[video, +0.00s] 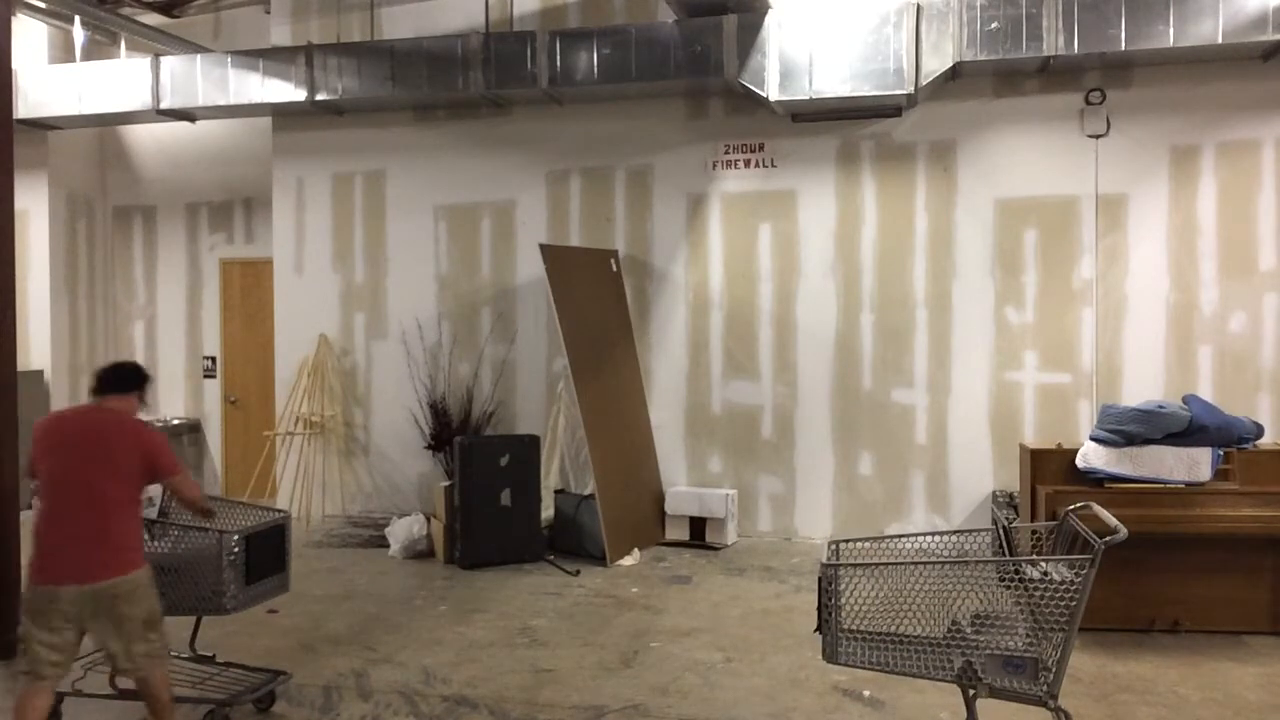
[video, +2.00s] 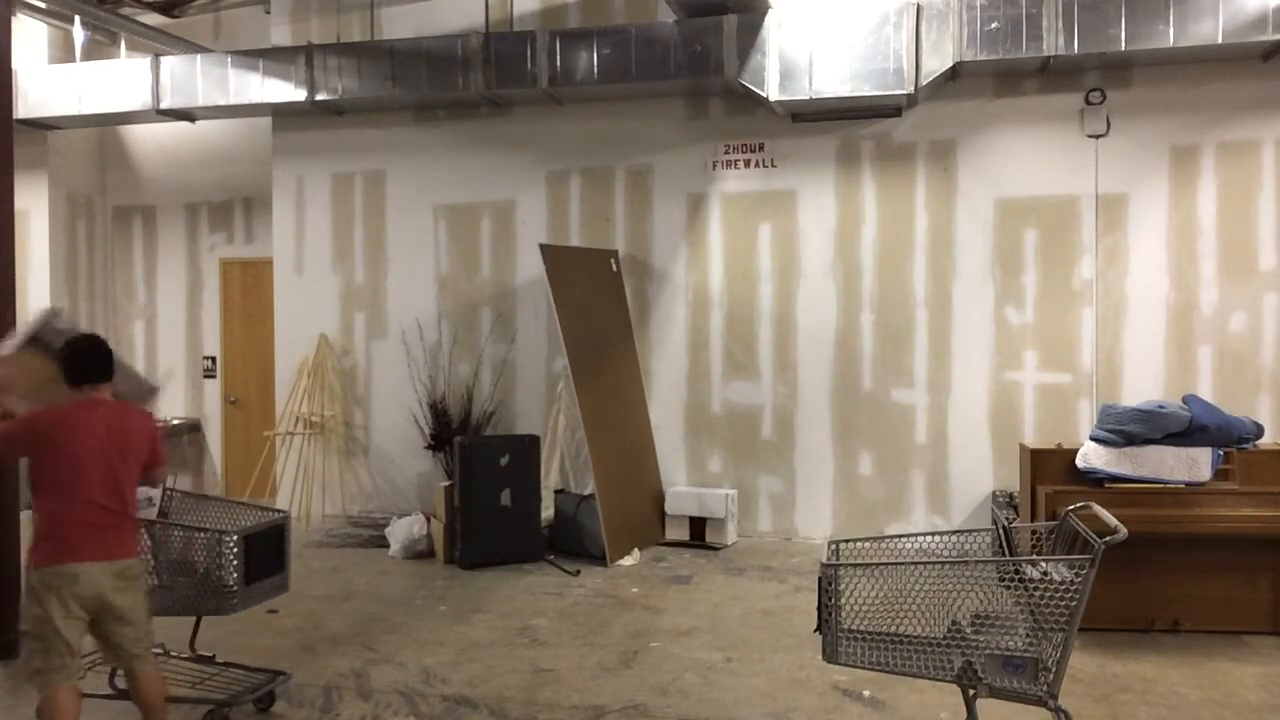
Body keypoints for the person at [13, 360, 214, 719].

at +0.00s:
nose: (140, 407)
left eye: (141, 401)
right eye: (141, 399)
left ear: (96, 392)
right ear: (135, 396)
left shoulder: (48, 427)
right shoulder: (141, 434)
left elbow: (32, 474)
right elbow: (189, 492)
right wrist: (204, 509)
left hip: (53, 579)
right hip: (120, 577)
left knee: (39, 678)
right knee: (150, 670)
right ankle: (164, 713)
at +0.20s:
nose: (186, 422)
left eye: (187, 417)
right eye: (188, 416)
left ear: (144, 400)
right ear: (180, 410)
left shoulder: (95, 420)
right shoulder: (184, 435)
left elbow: (88, 478)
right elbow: (217, 496)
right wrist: (223, 528)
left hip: (80, 562)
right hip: (146, 564)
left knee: (55, 656)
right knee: (165, 657)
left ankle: (44, 713)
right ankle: (170, 714)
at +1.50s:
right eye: (177, 378)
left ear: (135, 379)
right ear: (177, 378)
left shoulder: (110, 406)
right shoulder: (202, 416)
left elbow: (82, 443)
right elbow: (224, 482)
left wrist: (122, 430)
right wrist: (232, 498)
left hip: (117, 555)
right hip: (178, 555)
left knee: (86, 657)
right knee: (170, 657)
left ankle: (69, 715)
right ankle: (170, 716)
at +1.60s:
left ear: (123, 376)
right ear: (166, 372)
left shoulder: (102, 408)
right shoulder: (192, 411)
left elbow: (69, 435)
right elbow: (221, 477)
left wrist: (112, 411)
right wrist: (239, 481)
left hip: (113, 556)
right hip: (174, 554)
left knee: (84, 659)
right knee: (170, 656)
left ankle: (69, 716)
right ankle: (170, 716)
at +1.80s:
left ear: (91, 376)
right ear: (138, 372)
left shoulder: (78, 417)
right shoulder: (168, 417)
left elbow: (27, 428)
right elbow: (201, 480)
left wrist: (58, 389)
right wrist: (203, 448)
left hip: (95, 563)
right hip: (158, 558)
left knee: (79, 667)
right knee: (161, 660)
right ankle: (168, 716)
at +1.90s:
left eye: (78, 371)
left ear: (77, 375)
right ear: (123, 372)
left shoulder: (61, 421)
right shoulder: (154, 420)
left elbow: (7, 429)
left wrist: (25, 387)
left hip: (76, 568)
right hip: (141, 563)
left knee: (66, 673)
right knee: (153, 662)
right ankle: (164, 716)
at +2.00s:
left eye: (66, 370)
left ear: (64, 375)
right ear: (111, 372)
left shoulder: (43, 423)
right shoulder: (139, 420)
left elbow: (4, 442)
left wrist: (8, 404)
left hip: (58, 570)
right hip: (121, 566)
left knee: (58, 677)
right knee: (140, 661)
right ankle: (158, 715)